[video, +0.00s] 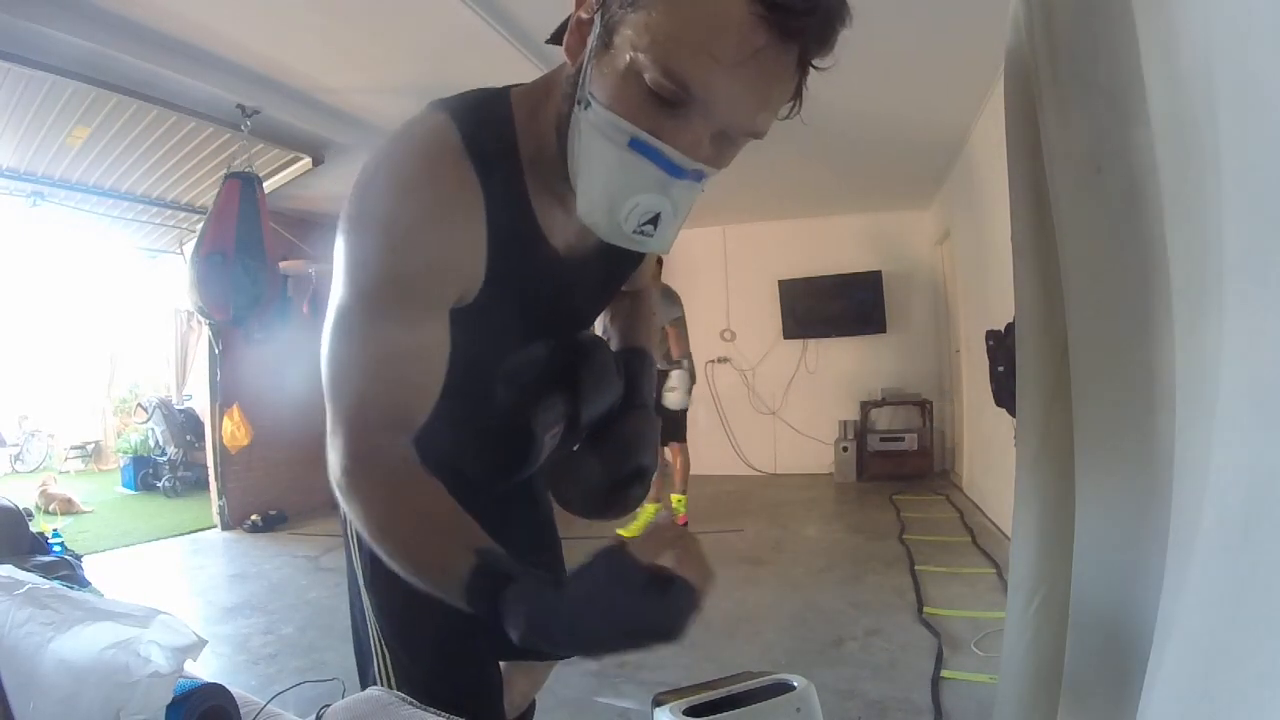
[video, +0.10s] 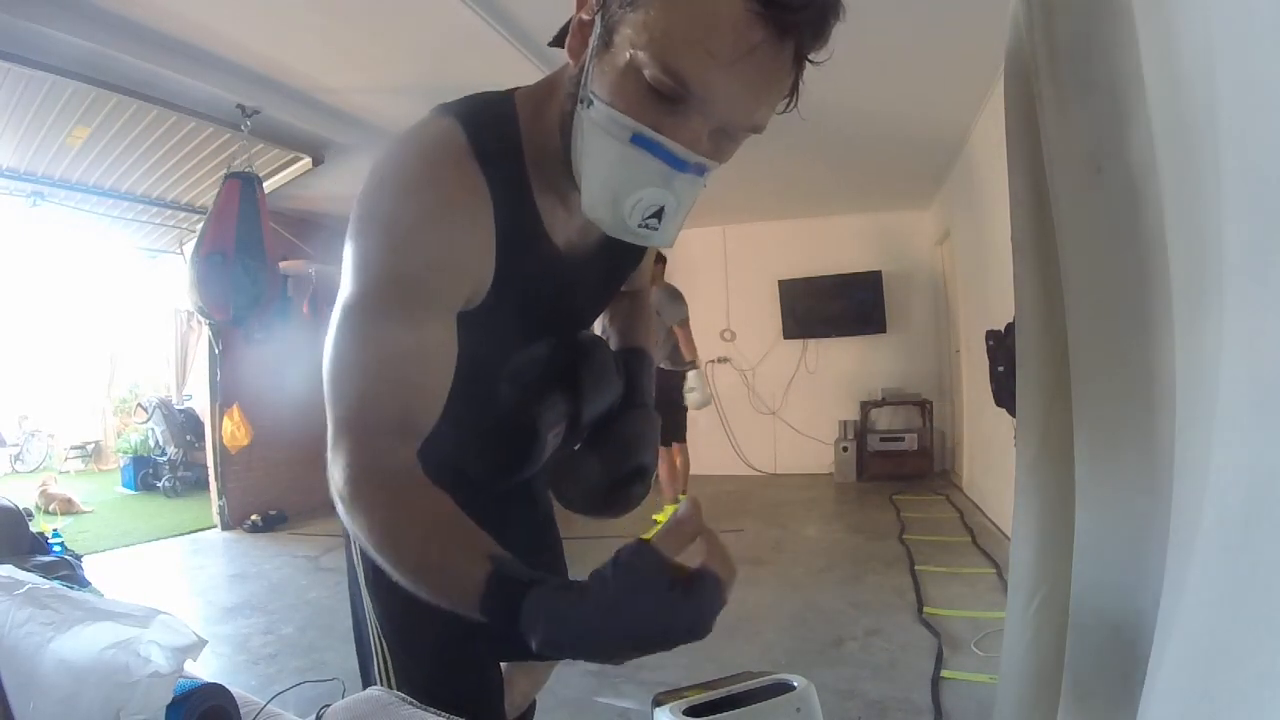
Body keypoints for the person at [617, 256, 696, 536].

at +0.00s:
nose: (635, 272)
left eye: (643, 264)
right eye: (633, 265)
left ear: (657, 266)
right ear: (625, 269)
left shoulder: (664, 297)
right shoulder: (621, 300)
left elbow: (678, 340)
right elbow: (603, 340)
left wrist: (679, 374)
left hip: (669, 376)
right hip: (640, 376)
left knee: (675, 444)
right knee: (648, 444)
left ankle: (679, 502)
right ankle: (652, 504)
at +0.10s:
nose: (643, 270)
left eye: (648, 264)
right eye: (644, 264)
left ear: (659, 266)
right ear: (655, 266)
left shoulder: (665, 294)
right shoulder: (646, 294)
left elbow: (683, 334)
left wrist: (695, 371)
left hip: (667, 372)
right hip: (667, 371)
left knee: (666, 443)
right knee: (673, 442)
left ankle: (672, 506)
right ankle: (677, 502)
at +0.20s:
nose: (647, 271)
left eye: (650, 264)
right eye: (646, 265)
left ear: (662, 263)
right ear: (657, 264)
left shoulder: (670, 293)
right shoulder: (651, 295)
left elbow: (689, 333)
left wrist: (703, 373)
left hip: (673, 375)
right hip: (659, 374)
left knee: (668, 448)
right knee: (670, 446)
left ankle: (696, 510)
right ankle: (688, 506)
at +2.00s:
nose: (635, 259)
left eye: (640, 252)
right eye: (629, 255)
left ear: (651, 252)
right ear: (621, 259)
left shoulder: (665, 284)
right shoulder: (614, 290)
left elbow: (684, 330)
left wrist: (679, 371)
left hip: (656, 381)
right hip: (623, 385)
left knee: (660, 456)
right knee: (638, 456)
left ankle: (673, 523)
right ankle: (654, 528)